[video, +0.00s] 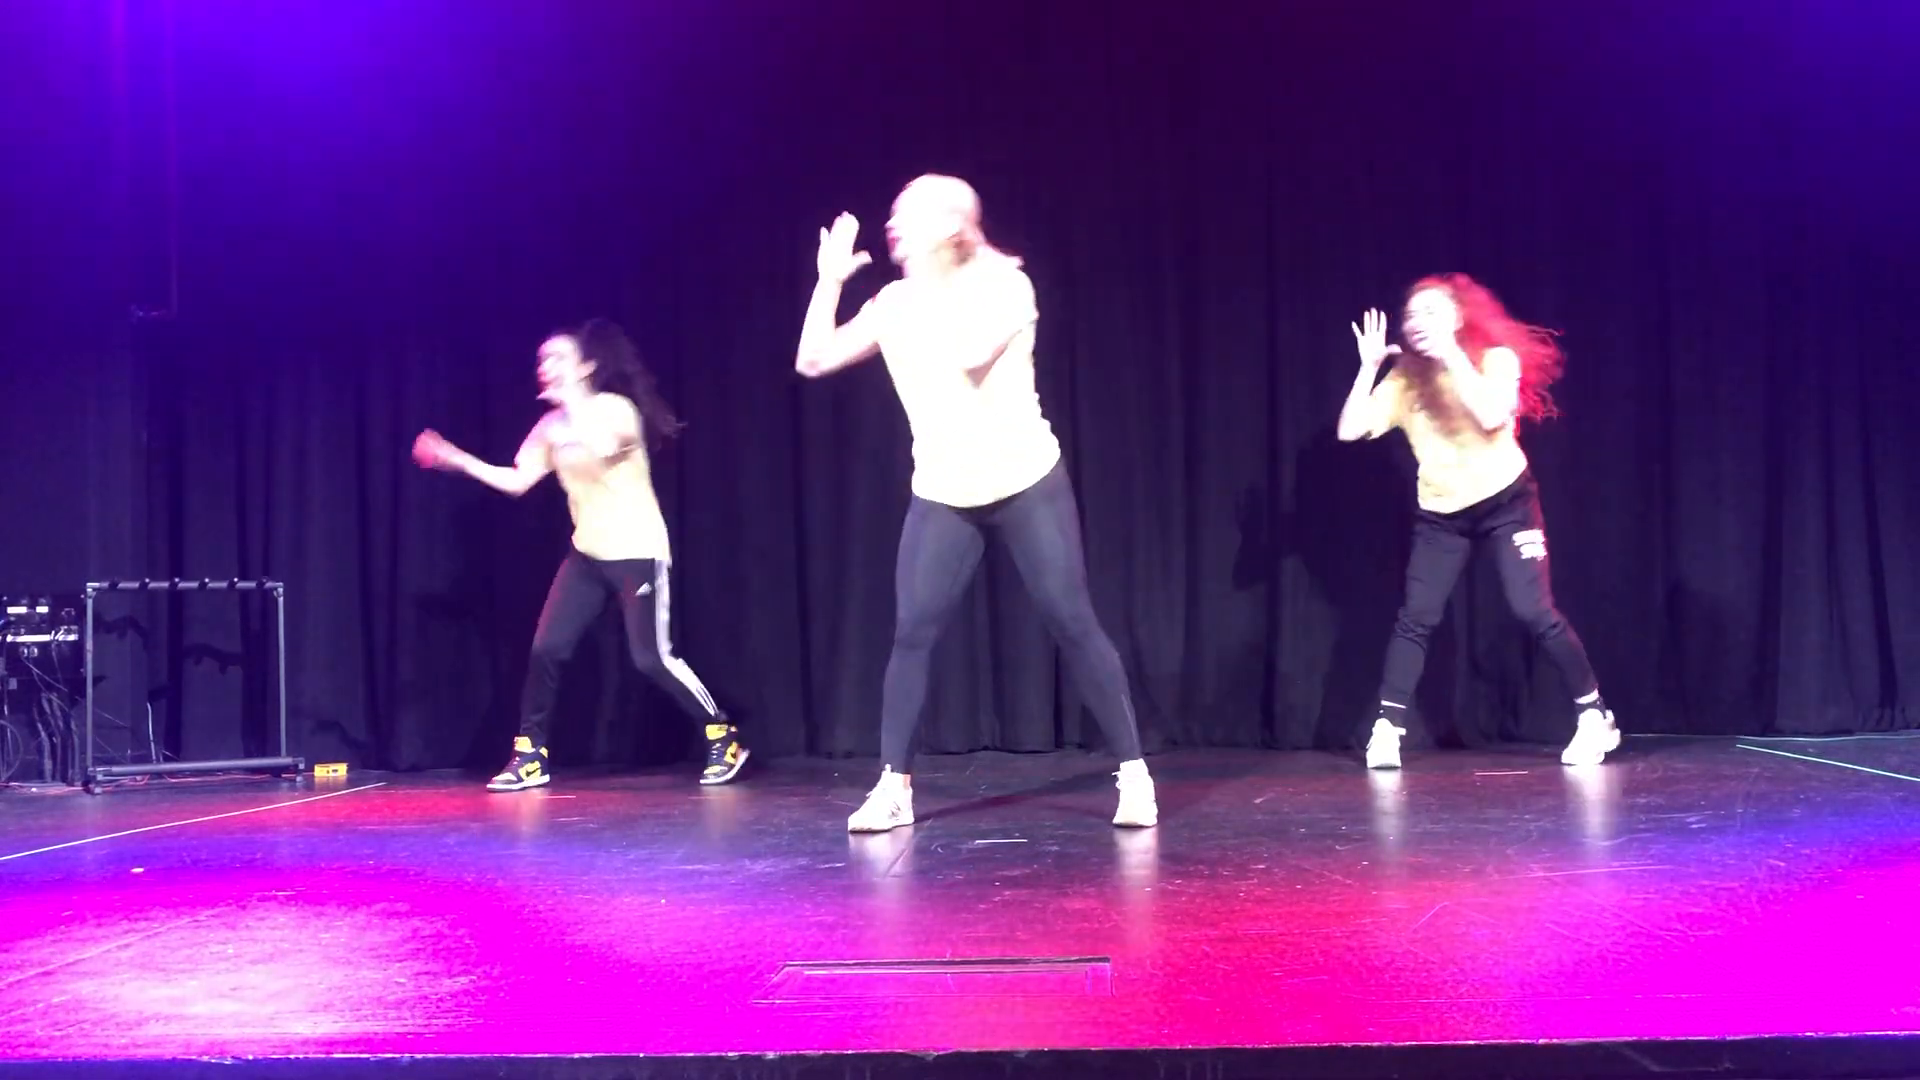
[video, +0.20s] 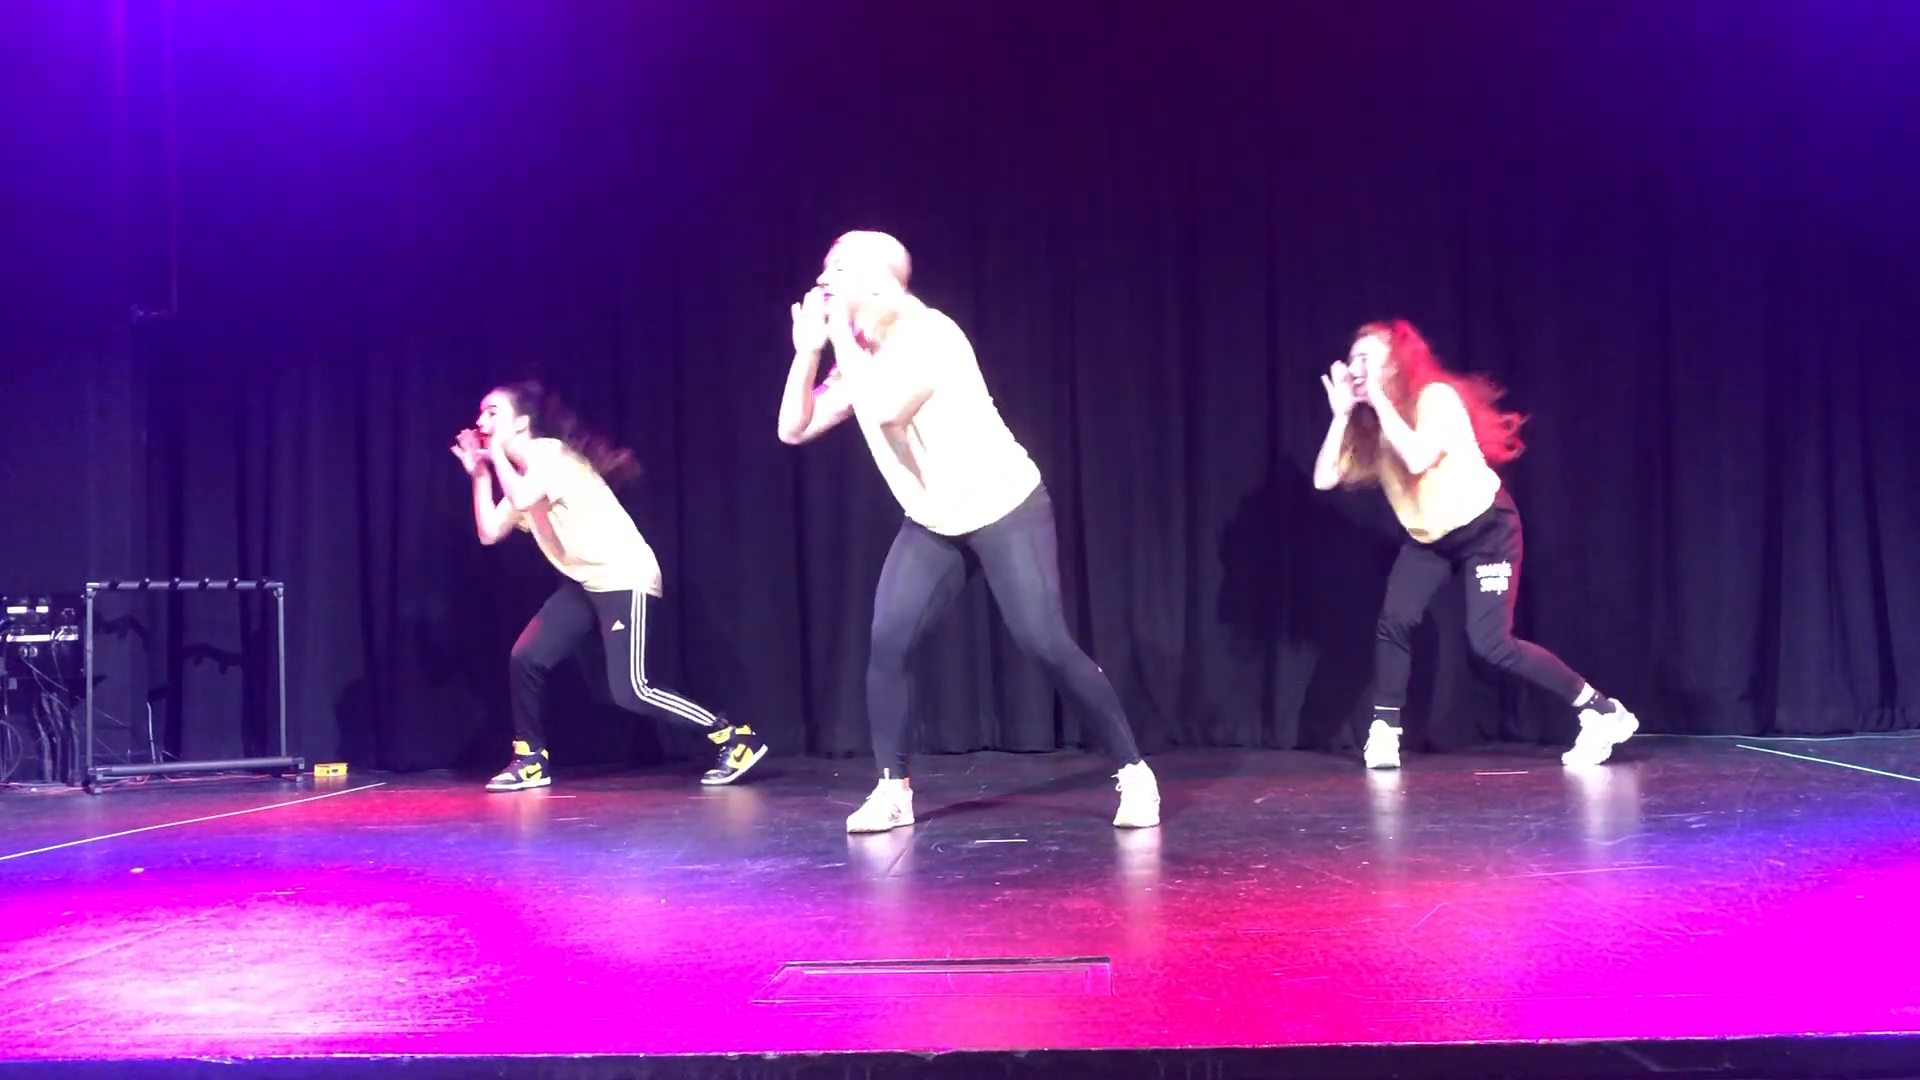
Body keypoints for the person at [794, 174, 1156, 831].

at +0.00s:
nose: (892, 223)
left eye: (907, 212)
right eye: (895, 213)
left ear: (953, 224)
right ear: (909, 229)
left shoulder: (1002, 281)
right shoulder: (892, 304)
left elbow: (975, 358)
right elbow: (813, 359)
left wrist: (947, 273)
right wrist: (830, 280)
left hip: (1025, 479)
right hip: (942, 490)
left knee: (1069, 619)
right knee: (913, 628)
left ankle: (1132, 769)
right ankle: (893, 785)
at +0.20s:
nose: (825, 278)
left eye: (840, 267)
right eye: (826, 268)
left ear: (882, 279)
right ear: (833, 283)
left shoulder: (932, 332)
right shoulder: (861, 361)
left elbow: (888, 408)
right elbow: (794, 429)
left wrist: (839, 331)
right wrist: (805, 351)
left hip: (1004, 504)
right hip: (933, 517)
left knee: (1043, 640)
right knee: (888, 639)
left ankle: (1134, 773)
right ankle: (893, 788)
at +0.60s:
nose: (795, 288)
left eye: (808, 277)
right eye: (796, 279)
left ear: (851, 283)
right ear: (816, 289)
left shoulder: (896, 330)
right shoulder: (834, 361)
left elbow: (849, 400)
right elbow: (783, 436)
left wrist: (802, 344)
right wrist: (782, 360)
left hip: (988, 504)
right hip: (917, 522)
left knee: (1029, 641)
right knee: (878, 641)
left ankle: (1134, 769)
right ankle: (892, 790)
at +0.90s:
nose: (775, 287)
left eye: (789, 275)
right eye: (773, 276)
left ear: (832, 279)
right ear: (774, 289)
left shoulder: (879, 318)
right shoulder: (815, 354)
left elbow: (841, 395)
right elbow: (778, 434)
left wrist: (785, 347)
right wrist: (768, 358)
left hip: (1006, 470)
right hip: (932, 498)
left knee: (1064, 608)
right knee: (915, 630)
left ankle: (1136, 764)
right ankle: (893, 785)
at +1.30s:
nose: (911, 414)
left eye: (924, 399)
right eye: (897, 401)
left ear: (954, 395)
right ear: (882, 404)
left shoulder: (1001, 427)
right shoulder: (878, 447)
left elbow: (1048, 530)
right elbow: (845, 550)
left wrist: (957, 471)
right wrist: (885, 474)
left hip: (1040, 502)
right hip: (953, 521)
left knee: (1084, 625)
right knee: (933, 638)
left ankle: (1137, 777)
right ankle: (893, 785)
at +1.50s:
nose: (1058, 396)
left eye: (1066, 381)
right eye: (1044, 384)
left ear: (1076, 383)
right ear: (1008, 387)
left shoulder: (1090, 426)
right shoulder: (967, 427)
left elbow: (1141, 530)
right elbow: (935, 531)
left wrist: (1101, 447)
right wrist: (1007, 465)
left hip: (1051, 525)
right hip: (964, 525)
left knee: (1086, 634)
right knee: (929, 634)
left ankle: (1137, 779)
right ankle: (891, 785)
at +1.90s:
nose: (1168, 264)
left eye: (1166, 253)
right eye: (1151, 251)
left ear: (1167, 267)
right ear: (1109, 263)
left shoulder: (1145, 365)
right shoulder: (1065, 300)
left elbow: (1202, 428)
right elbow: (1103, 355)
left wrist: (1193, 338)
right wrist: (1153, 308)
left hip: (1042, 502)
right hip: (958, 486)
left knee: (1079, 632)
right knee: (928, 629)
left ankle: (1131, 777)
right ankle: (891, 781)